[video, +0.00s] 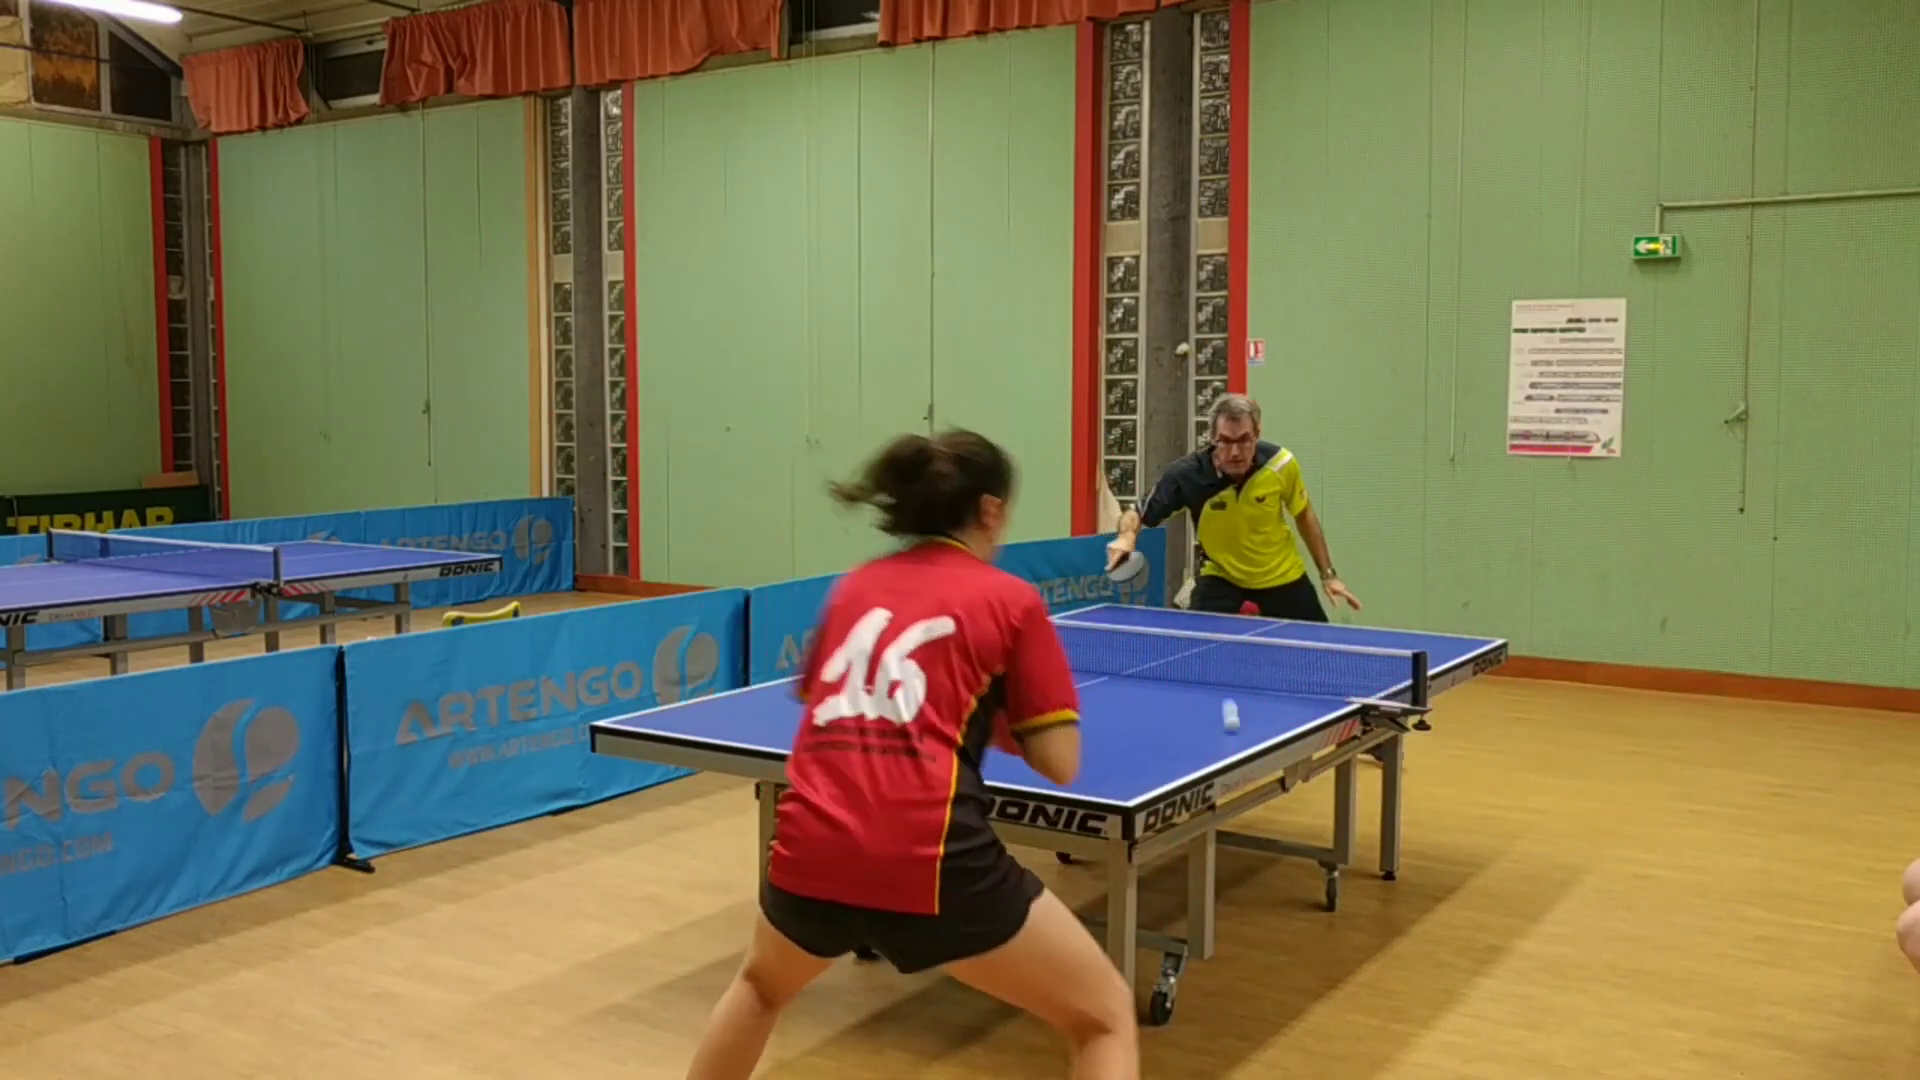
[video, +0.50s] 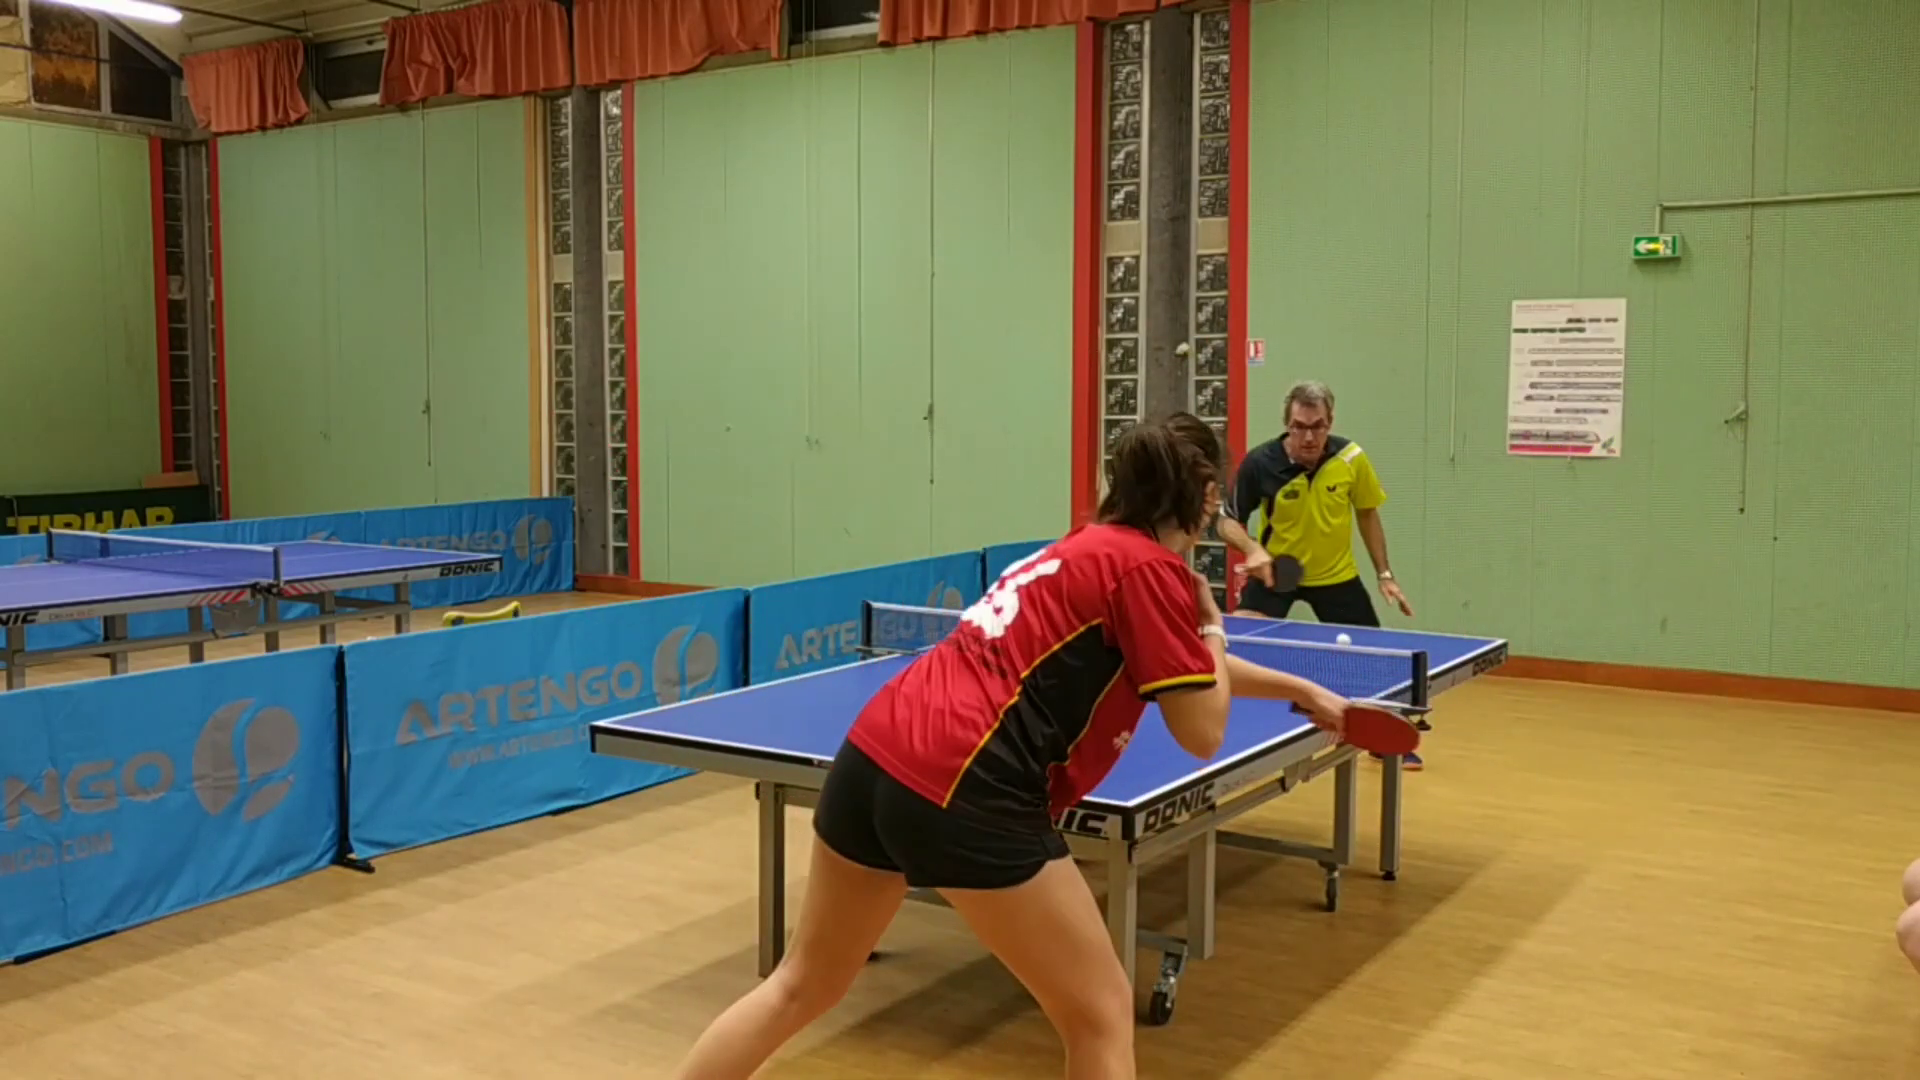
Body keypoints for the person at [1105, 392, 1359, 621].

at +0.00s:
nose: (1235, 451)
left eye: (1243, 441)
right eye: (1225, 441)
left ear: (1257, 435)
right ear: (1212, 437)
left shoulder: (1279, 464)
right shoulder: (1187, 474)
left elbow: (1304, 516)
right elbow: (1136, 516)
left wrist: (1328, 575)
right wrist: (1125, 539)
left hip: (1282, 576)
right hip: (1222, 576)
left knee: (1325, 653)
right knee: (1196, 650)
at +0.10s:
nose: (1251, 445)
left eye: (1260, 435)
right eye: (1242, 436)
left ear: (1273, 431)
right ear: (1228, 434)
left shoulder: (1295, 464)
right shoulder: (1204, 472)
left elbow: (1316, 518)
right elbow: (1161, 512)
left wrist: (1339, 580)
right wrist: (1148, 543)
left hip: (1294, 580)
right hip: (1232, 579)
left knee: (1341, 655)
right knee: (1190, 651)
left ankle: (1384, 735)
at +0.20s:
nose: (1270, 442)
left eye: (1279, 432)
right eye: (1261, 432)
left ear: (1293, 430)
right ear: (1248, 431)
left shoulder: (1316, 466)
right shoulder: (1226, 472)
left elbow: (1335, 523)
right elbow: (1188, 521)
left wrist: (1354, 585)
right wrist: (1166, 558)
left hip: (1311, 582)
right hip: (1249, 581)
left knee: (1354, 657)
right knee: (1215, 654)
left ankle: (1386, 738)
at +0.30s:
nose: (1288, 436)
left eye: (1296, 427)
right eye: (1280, 427)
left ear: (1311, 424)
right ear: (1268, 425)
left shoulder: (1335, 459)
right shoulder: (1244, 468)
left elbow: (1354, 521)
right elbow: (1210, 522)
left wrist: (1369, 583)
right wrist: (1189, 578)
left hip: (1328, 579)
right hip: (1267, 578)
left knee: (1366, 654)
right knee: (1229, 647)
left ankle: (1386, 737)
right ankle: (1217, 744)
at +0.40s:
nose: (1300, 432)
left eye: (1308, 422)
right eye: (1291, 422)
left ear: (1322, 418)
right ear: (1279, 420)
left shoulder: (1345, 454)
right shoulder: (1256, 461)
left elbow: (1365, 515)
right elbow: (1228, 510)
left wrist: (1378, 577)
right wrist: (1229, 545)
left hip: (1336, 574)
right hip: (1276, 572)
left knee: (1370, 652)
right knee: (1234, 638)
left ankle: (1385, 738)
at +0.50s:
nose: (1308, 437)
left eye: (1316, 427)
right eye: (1299, 427)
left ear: (1330, 424)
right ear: (1286, 423)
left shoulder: (1350, 458)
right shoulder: (1261, 463)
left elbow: (1368, 515)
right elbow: (1228, 520)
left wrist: (1385, 576)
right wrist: (1252, 550)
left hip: (1336, 578)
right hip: (1274, 578)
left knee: (1374, 651)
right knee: (1235, 645)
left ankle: (1389, 736)